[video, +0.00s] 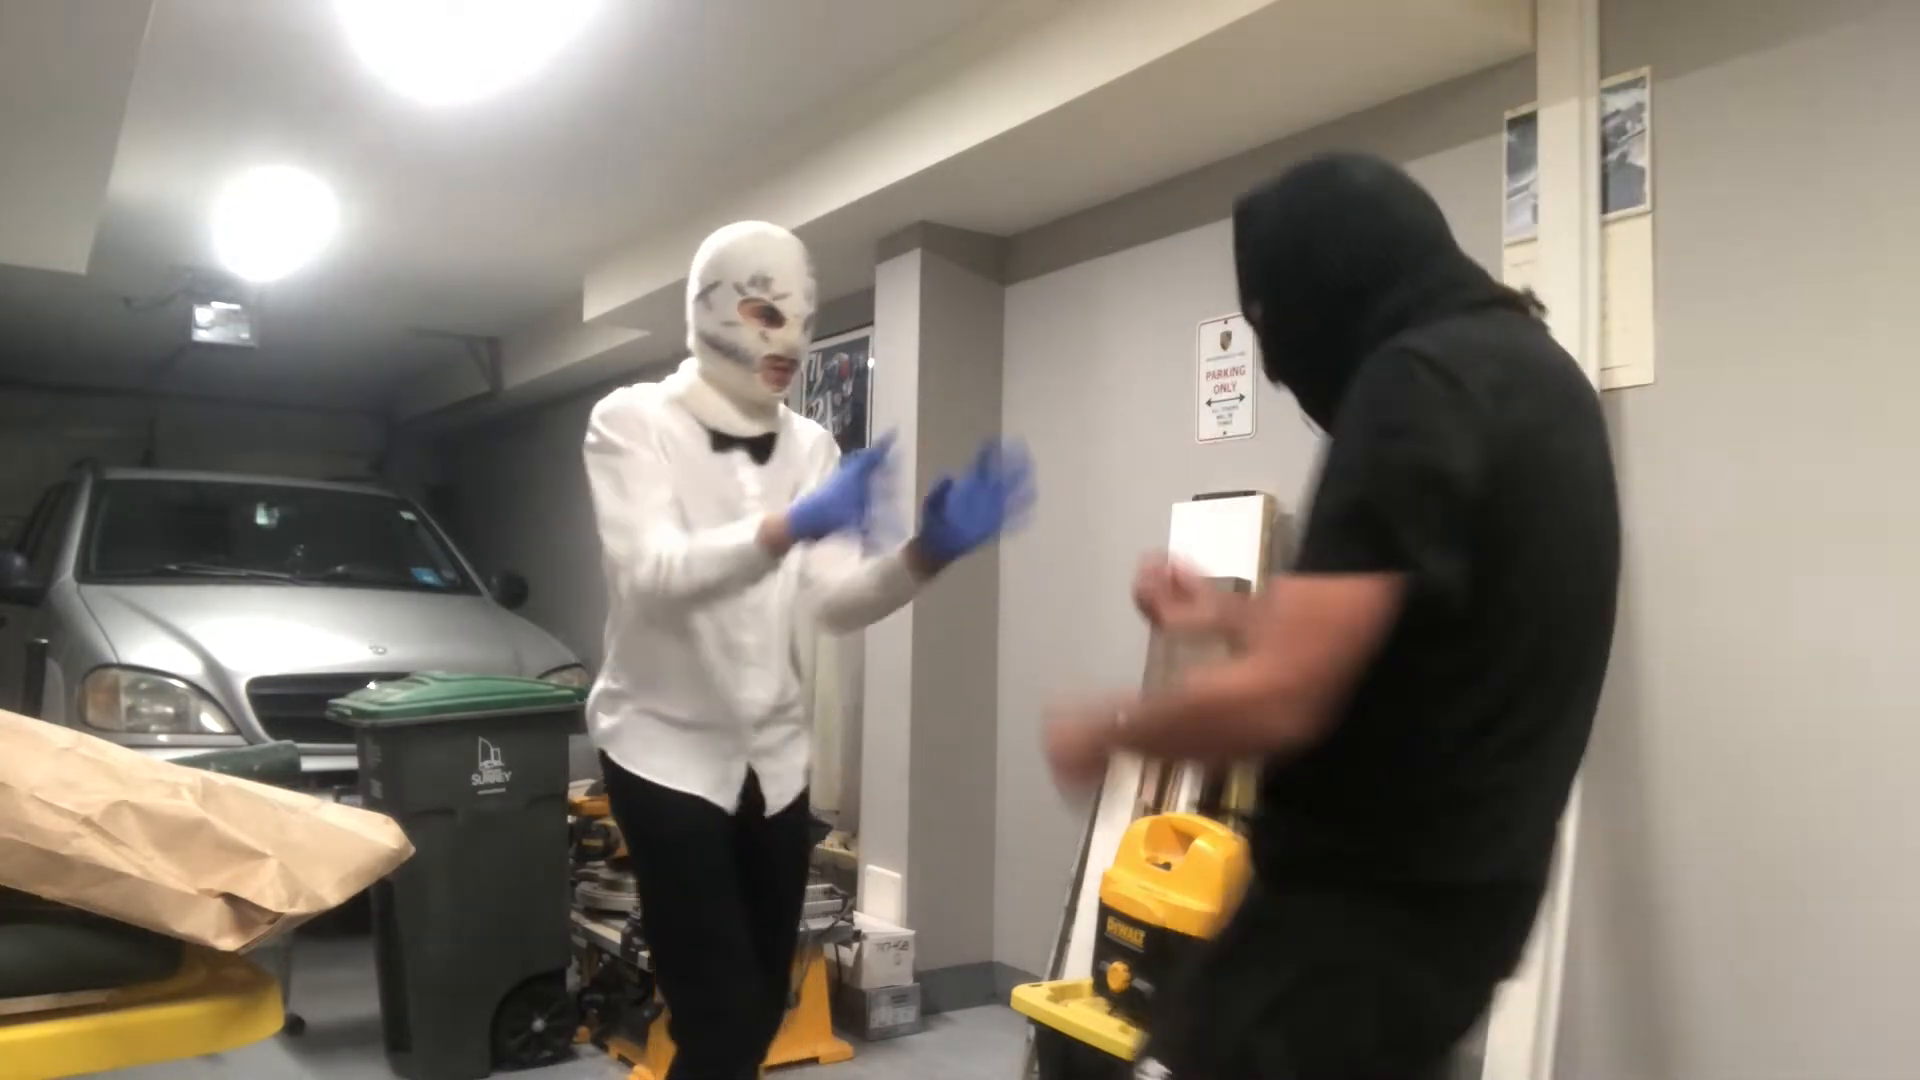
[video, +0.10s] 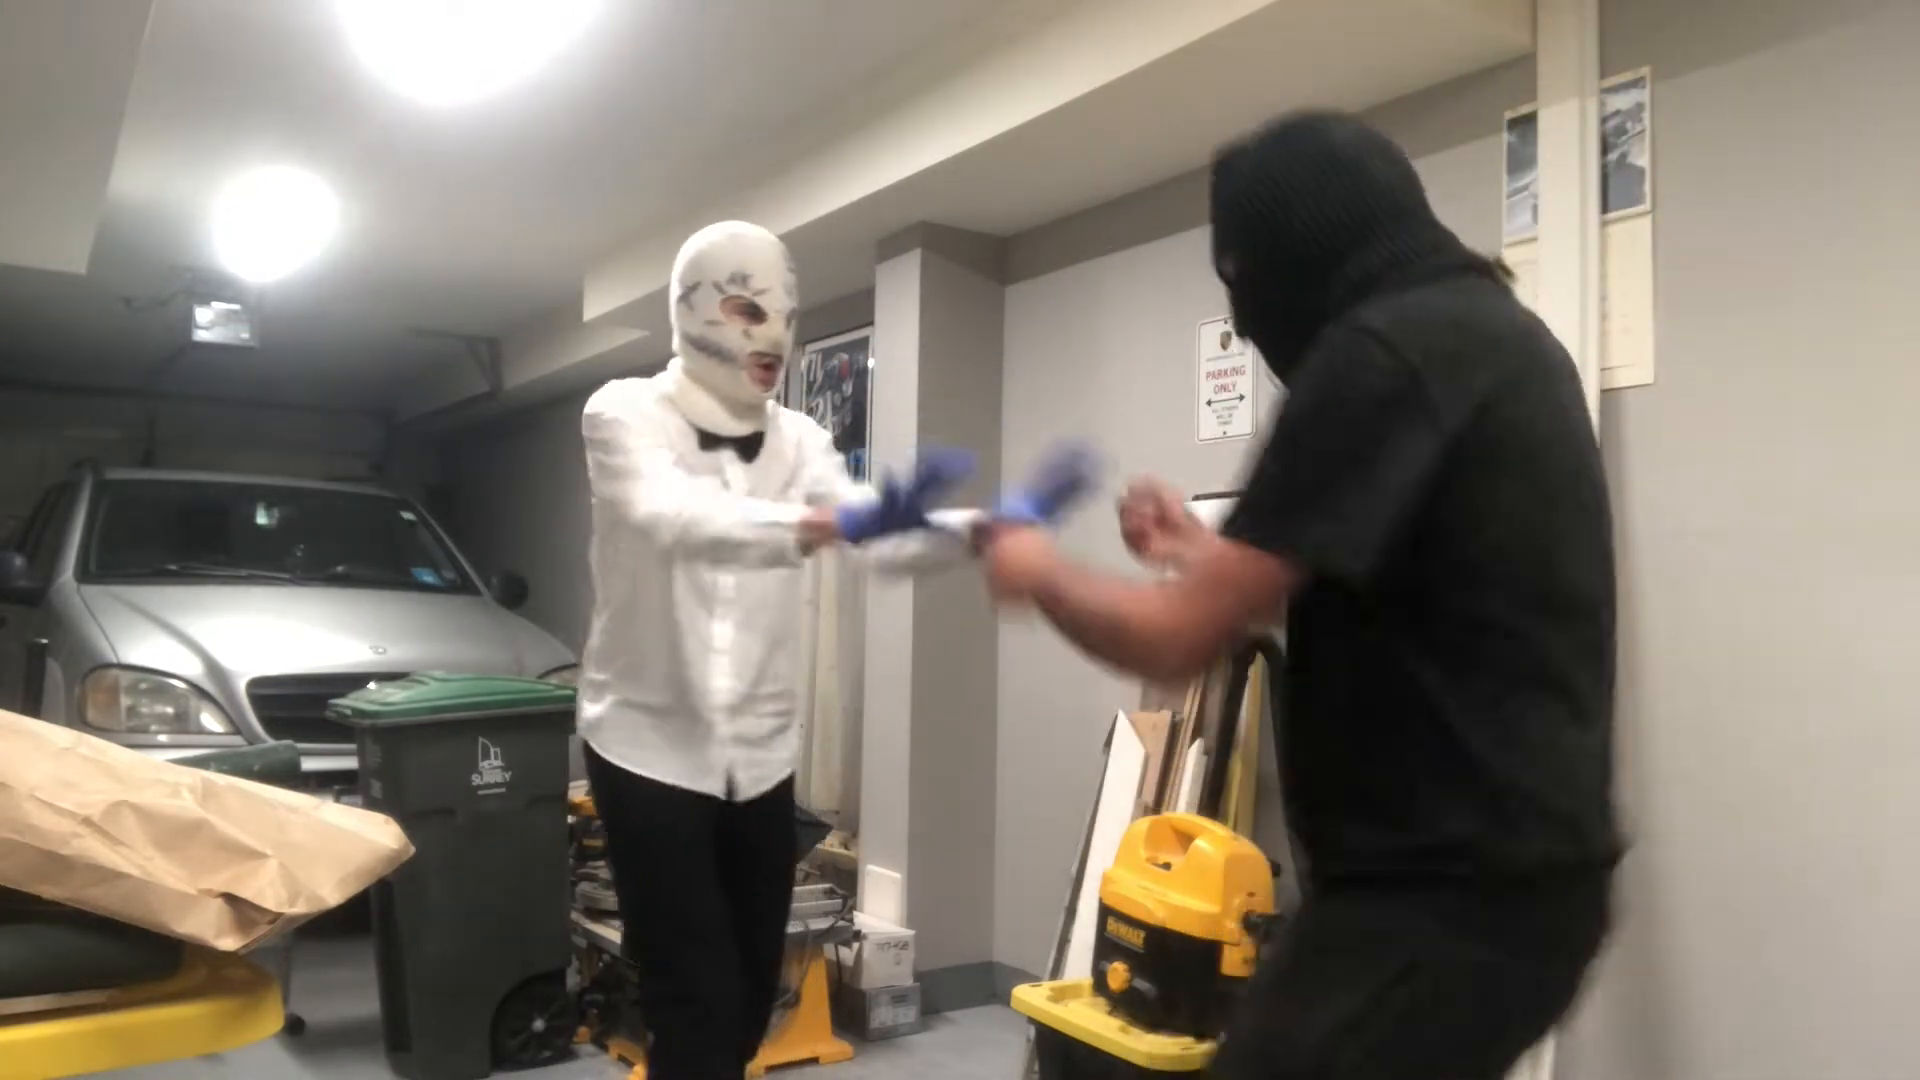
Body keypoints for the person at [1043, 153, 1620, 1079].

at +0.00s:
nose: (1265, 351)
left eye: (1265, 314)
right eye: (1256, 320)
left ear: (1319, 286)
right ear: (1397, 254)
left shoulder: (1415, 385)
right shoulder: (1540, 377)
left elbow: (1282, 696)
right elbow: (1424, 639)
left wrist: (1111, 730)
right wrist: (1226, 611)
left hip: (1352, 918)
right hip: (1453, 911)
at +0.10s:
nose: (1232, 305)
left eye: (1235, 270)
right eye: (1225, 274)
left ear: (1294, 245)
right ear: (1371, 219)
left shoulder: (1383, 355)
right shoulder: (1501, 336)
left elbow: (1168, 636)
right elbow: (1391, 610)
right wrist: (1210, 555)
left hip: (1425, 903)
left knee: (1268, 1057)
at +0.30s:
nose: (1228, 256)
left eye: (1228, 220)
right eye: (1218, 226)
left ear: (1283, 191)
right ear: (1362, 157)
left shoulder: (1393, 270)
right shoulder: (1469, 247)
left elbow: (1214, 573)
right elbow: (1262, 397)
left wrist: (1188, 567)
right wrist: (1063, 421)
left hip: (1536, 855)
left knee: (1402, 1058)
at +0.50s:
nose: (1276, 233)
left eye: (1276, 194)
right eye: (1267, 202)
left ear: (1339, 164)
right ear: (1361, 165)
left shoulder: (1497, 240)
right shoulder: (1438, 281)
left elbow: (1408, 556)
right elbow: (1232, 360)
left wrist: (1277, 585)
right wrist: (1036, 341)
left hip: (1595, 841)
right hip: (1519, 831)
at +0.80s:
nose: (1316, 220)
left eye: (1321, 190)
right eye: (1313, 195)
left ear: (1372, 170)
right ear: (1467, 153)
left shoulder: (1446, 254)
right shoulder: (1572, 279)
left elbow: (1156, 382)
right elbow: (1332, 497)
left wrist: (988, 402)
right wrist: (1143, 472)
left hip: (1643, 837)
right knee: (1465, 1064)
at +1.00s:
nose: (1316, 257)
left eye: (1320, 229)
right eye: (1315, 234)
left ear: (1360, 212)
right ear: (1476, 189)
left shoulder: (1403, 297)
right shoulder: (1618, 296)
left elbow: (1141, 458)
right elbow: (1361, 503)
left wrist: (1035, 522)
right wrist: (1190, 427)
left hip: (1628, 855)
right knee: (1419, 1068)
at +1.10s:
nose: (1310, 279)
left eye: (1309, 256)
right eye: (1305, 259)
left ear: (1351, 232)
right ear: (1458, 197)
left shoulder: (1415, 313)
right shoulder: (1593, 303)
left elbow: (1130, 482)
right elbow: (1364, 487)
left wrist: (1072, 450)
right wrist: (1166, 438)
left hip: (1612, 853)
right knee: (1454, 1067)